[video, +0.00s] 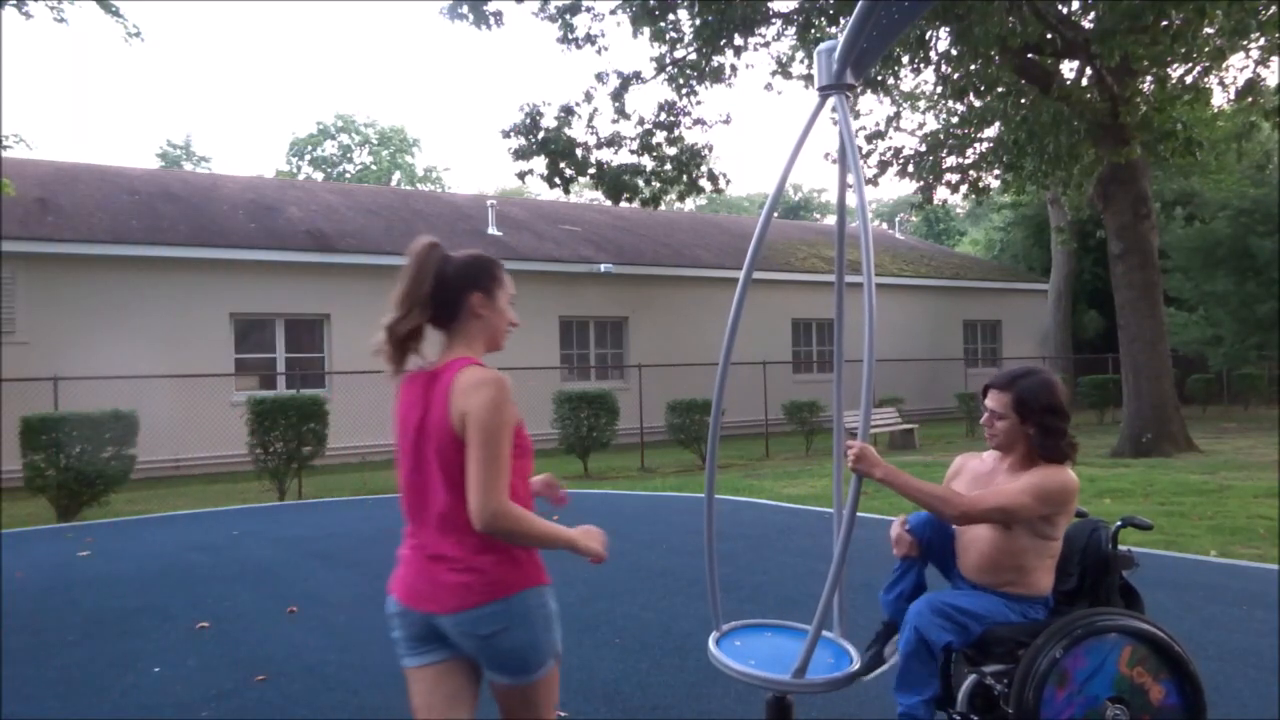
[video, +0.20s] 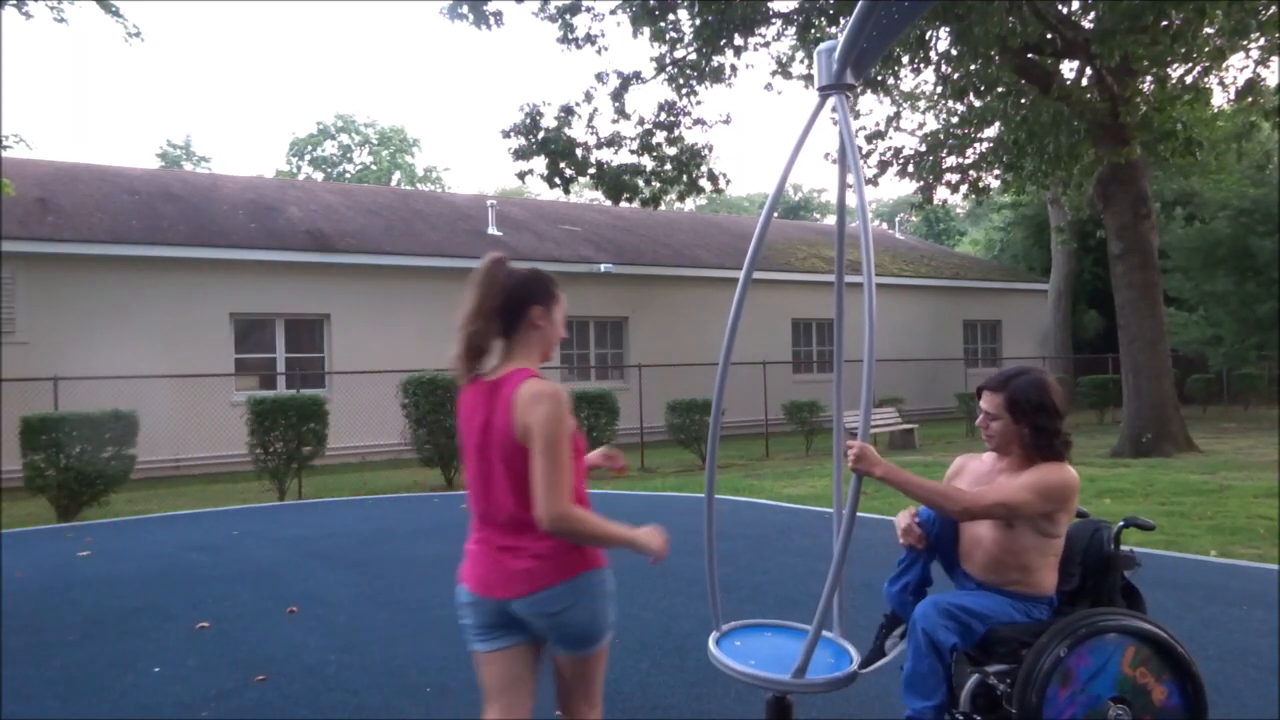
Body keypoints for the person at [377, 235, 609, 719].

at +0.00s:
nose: (515, 317)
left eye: (513, 303)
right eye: (509, 302)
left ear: (470, 304)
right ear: (478, 304)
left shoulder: (411, 386)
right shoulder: (485, 386)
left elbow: (437, 485)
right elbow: (489, 512)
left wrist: (527, 485)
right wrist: (573, 537)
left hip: (417, 593)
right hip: (496, 596)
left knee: (438, 713)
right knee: (534, 712)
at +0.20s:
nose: (565, 330)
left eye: (564, 318)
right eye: (563, 317)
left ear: (503, 322)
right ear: (538, 317)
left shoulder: (472, 393)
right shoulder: (543, 396)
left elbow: (504, 479)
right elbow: (553, 514)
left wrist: (585, 462)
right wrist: (635, 536)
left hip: (485, 575)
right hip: (558, 575)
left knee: (502, 712)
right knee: (582, 708)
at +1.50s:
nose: (737, 343)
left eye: (740, 334)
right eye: (732, 333)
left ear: (713, 329)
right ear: (704, 330)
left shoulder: (721, 369)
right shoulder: (669, 374)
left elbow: (783, 392)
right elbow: (672, 445)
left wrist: (836, 373)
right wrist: (703, 392)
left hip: (713, 508)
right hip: (676, 513)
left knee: (733, 604)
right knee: (695, 620)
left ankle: (726, 694)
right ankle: (681, 713)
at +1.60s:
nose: (744, 345)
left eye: (747, 336)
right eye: (738, 336)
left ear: (747, 333)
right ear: (710, 331)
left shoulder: (736, 369)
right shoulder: (676, 373)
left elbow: (793, 399)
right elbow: (682, 435)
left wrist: (839, 376)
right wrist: (709, 378)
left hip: (727, 508)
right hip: (685, 511)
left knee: (738, 606)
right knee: (699, 619)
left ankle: (744, 698)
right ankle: (682, 713)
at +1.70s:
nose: (750, 343)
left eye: (754, 335)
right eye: (743, 335)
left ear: (757, 330)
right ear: (716, 328)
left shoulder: (747, 368)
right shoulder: (684, 368)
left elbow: (802, 405)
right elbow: (688, 422)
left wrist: (840, 377)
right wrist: (715, 368)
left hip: (739, 505)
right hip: (696, 509)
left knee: (744, 605)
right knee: (712, 615)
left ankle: (746, 697)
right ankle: (684, 712)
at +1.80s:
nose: (756, 343)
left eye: (761, 335)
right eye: (749, 334)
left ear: (764, 329)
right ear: (722, 326)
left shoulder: (757, 368)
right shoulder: (691, 366)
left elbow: (805, 409)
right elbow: (692, 417)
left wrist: (840, 379)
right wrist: (717, 367)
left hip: (747, 504)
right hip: (702, 507)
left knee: (745, 605)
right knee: (721, 611)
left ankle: (746, 694)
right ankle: (693, 708)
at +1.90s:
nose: (761, 342)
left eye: (766, 334)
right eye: (753, 333)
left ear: (768, 329)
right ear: (727, 326)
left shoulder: (763, 366)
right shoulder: (696, 365)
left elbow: (808, 412)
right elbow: (695, 416)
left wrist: (841, 380)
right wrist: (719, 369)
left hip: (752, 504)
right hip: (704, 505)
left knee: (747, 604)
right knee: (718, 610)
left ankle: (747, 692)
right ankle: (698, 707)